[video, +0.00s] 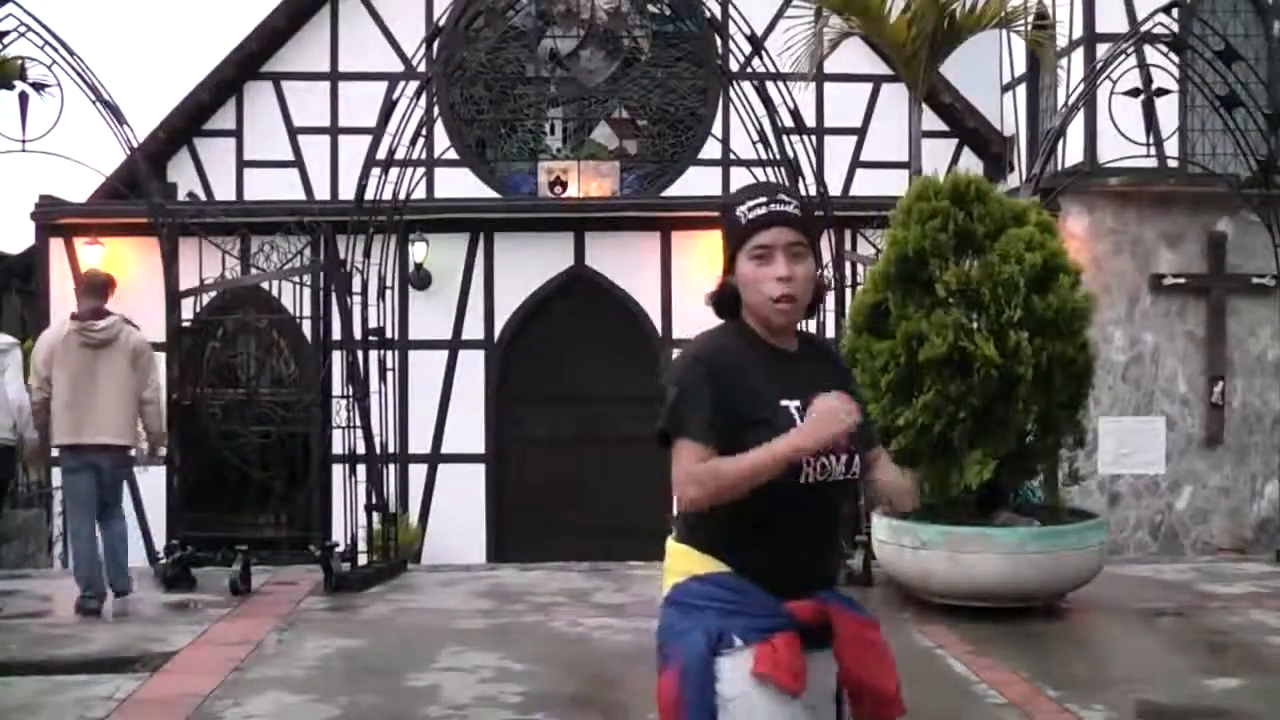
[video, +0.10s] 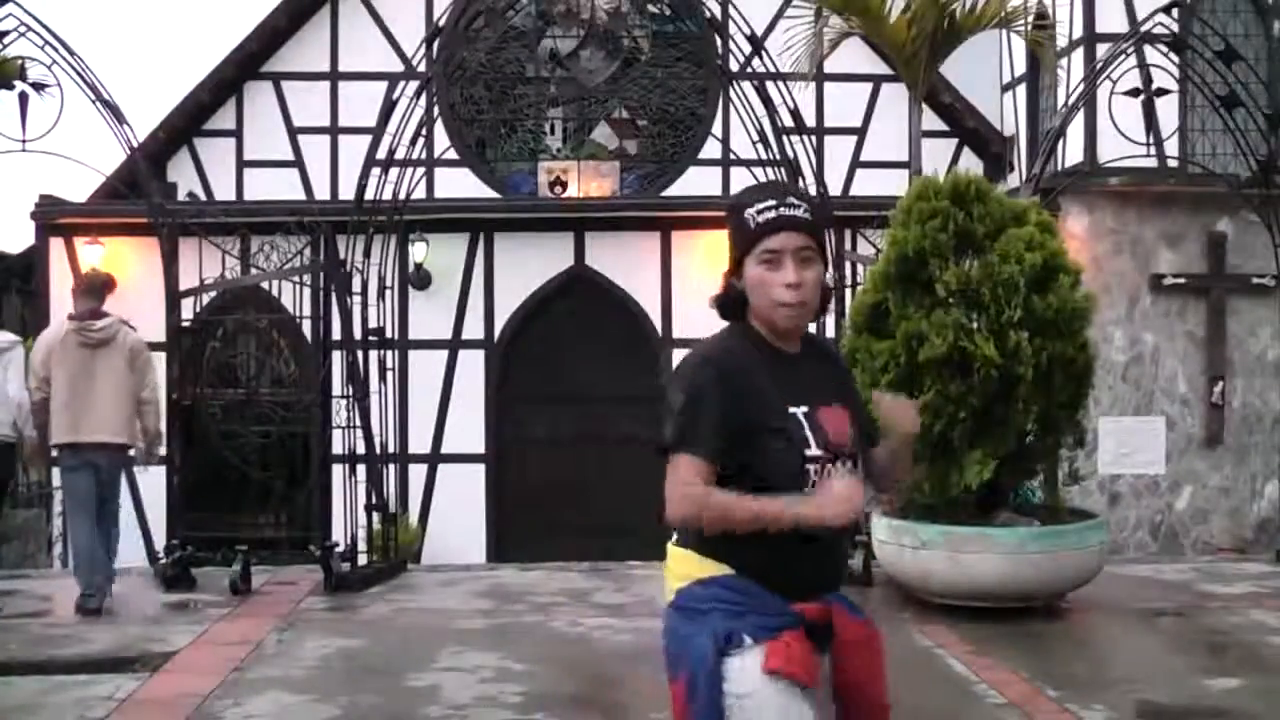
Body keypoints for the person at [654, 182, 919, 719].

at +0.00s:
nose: (784, 273)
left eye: (797, 255)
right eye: (762, 258)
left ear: (816, 268)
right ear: (733, 275)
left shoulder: (826, 359)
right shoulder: (706, 362)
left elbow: (868, 455)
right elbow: (689, 487)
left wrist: (895, 484)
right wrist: (806, 438)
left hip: (814, 600)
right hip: (723, 604)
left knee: (876, 698)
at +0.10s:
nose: (792, 277)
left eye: (806, 260)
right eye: (771, 261)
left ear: (824, 271)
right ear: (740, 276)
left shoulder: (829, 363)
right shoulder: (711, 369)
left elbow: (869, 476)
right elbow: (683, 503)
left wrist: (898, 439)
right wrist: (815, 509)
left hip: (820, 603)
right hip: (734, 609)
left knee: (865, 707)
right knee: (777, 705)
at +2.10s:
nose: (796, 263)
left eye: (814, 247)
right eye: (778, 248)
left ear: (838, 267)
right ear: (753, 268)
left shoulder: (874, 377)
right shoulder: (708, 350)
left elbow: (928, 493)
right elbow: (638, 459)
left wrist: (846, 530)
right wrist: (702, 464)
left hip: (813, 608)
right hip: (700, 604)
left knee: (830, 708)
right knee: (682, 707)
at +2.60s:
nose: (661, 271)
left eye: (678, 254)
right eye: (643, 257)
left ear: (703, 266)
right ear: (620, 272)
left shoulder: (753, 361)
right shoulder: (595, 362)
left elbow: (804, 477)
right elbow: (543, 476)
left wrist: (714, 500)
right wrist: (579, 473)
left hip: (731, 608)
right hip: (618, 608)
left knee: (749, 709)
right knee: (592, 708)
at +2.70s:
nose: (644, 266)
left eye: (660, 249)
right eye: (627, 252)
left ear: (687, 262)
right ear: (606, 267)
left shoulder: (741, 355)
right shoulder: (585, 358)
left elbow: (796, 465)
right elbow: (538, 476)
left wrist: (698, 485)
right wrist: (575, 454)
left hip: (721, 599)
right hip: (612, 599)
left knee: (731, 710)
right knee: (597, 709)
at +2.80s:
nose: (634, 265)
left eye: (650, 248)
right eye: (617, 251)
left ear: (677, 262)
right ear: (598, 268)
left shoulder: (731, 353)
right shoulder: (575, 361)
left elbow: (790, 459)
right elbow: (533, 476)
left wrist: (688, 452)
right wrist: (569, 467)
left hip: (714, 595)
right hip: (606, 598)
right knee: (592, 709)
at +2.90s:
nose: (625, 261)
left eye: (642, 246)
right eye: (608, 249)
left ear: (671, 261)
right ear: (589, 269)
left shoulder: (720, 349)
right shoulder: (572, 362)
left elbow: (774, 461)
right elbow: (539, 469)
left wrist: (673, 428)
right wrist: (551, 513)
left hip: (704, 597)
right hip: (602, 598)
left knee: (698, 710)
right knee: (595, 710)